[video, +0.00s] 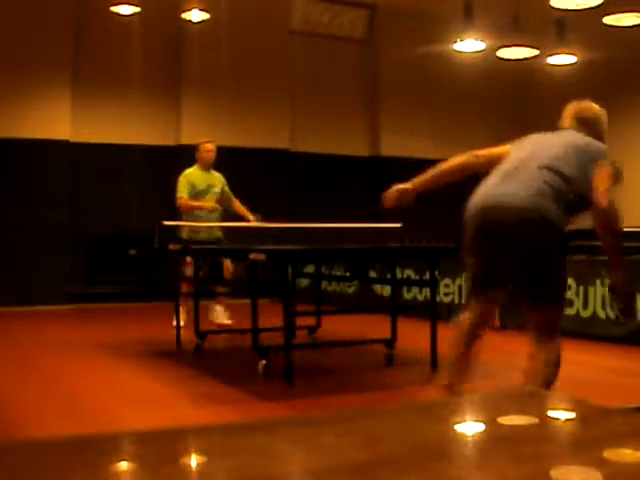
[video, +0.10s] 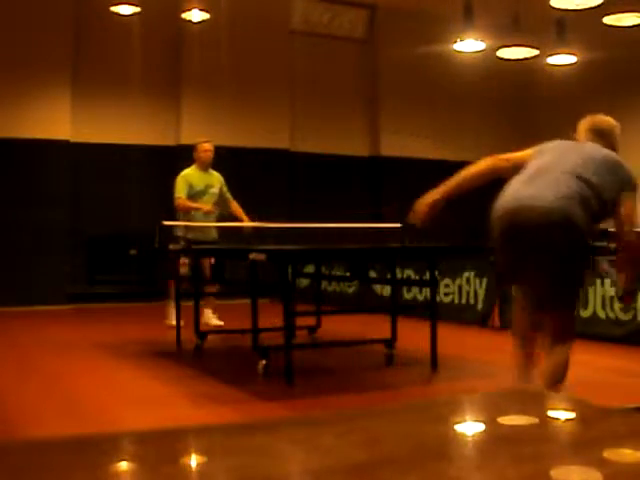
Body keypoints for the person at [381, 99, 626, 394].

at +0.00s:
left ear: (563, 123)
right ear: (600, 133)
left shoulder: (530, 142)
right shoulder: (597, 152)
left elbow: (473, 159)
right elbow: (602, 204)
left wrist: (412, 187)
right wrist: (618, 271)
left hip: (482, 212)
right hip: (536, 219)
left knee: (480, 304)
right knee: (545, 329)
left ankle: (453, 384)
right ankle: (533, 408)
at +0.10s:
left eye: (580, 134)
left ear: (579, 136)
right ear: (614, 145)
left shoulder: (551, 148)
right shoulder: (620, 171)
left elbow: (493, 163)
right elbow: (627, 235)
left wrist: (437, 194)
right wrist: (627, 285)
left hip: (509, 215)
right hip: (560, 222)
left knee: (523, 305)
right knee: (561, 325)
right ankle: (549, 397)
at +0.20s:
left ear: (591, 141)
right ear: (625, 147)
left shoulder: (565, 155)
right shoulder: (630, 170)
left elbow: (515, 172)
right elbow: (636, 223)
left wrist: (469, 200)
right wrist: (634, 254)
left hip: (538, 228)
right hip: (588, 232)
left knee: (567, 307)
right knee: (590, 315)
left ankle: (592, 375)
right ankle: (559, 387)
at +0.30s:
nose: (589, 149)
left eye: (589, 145)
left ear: (593, 146)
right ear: (624, 146)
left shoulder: (581, 166)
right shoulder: (636, 168)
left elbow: (531, 190)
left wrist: (504, 227)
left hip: (577, 244)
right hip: (627, 246)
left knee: (597, 311)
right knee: (629, 333)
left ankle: (616, 388)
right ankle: (577, 389)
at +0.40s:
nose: (591, 150)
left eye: (592, 146)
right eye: (591, 147)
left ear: (598, 146)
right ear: (626, 145)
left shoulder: (591, 168)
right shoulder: (636, 165)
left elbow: (561, 206)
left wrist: (553, 249)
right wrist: (554, 249)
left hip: (601, 240)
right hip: (634, 240)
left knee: (606, 309)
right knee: (635, 310)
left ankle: (617, 386)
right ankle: (620, 383)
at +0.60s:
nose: (617, 132)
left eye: (618, 126)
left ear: (625, 126)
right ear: (635, 125)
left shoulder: (615, 155)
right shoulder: (617, 155)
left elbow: (600, 199)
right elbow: (600, 199)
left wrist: (600, 245)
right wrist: (601, 245)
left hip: (629, 239)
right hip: (630, 239)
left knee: (627, 309)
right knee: (627, 310)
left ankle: (628, 384)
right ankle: (627, 383)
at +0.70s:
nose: (633, 118)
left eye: (634, 111)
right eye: (635, 112)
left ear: (634, 117)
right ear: (636, 118)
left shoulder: (631, 149)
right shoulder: (629, 149)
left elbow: (613, 196)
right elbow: (613, 196)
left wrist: (603, 240)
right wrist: (604, 241)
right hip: (639, 253)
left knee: (635, 313)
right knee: (634, 314)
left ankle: (635, 384)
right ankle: (634, 383)